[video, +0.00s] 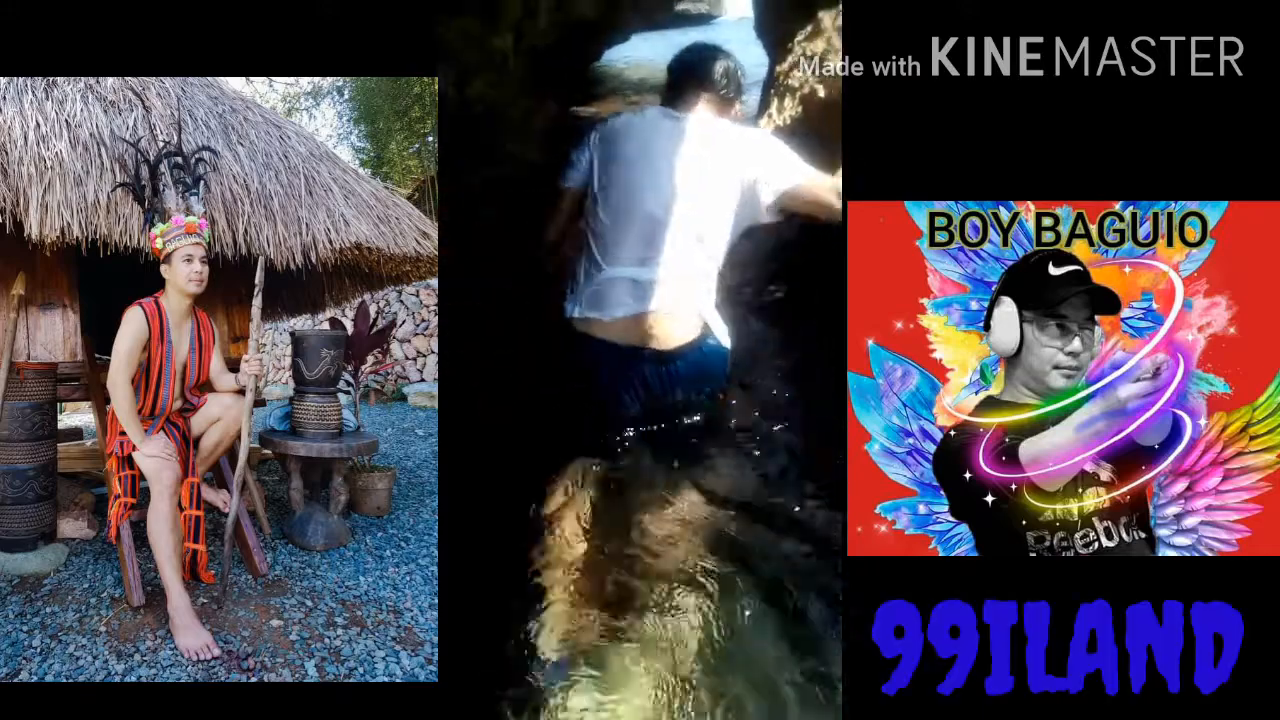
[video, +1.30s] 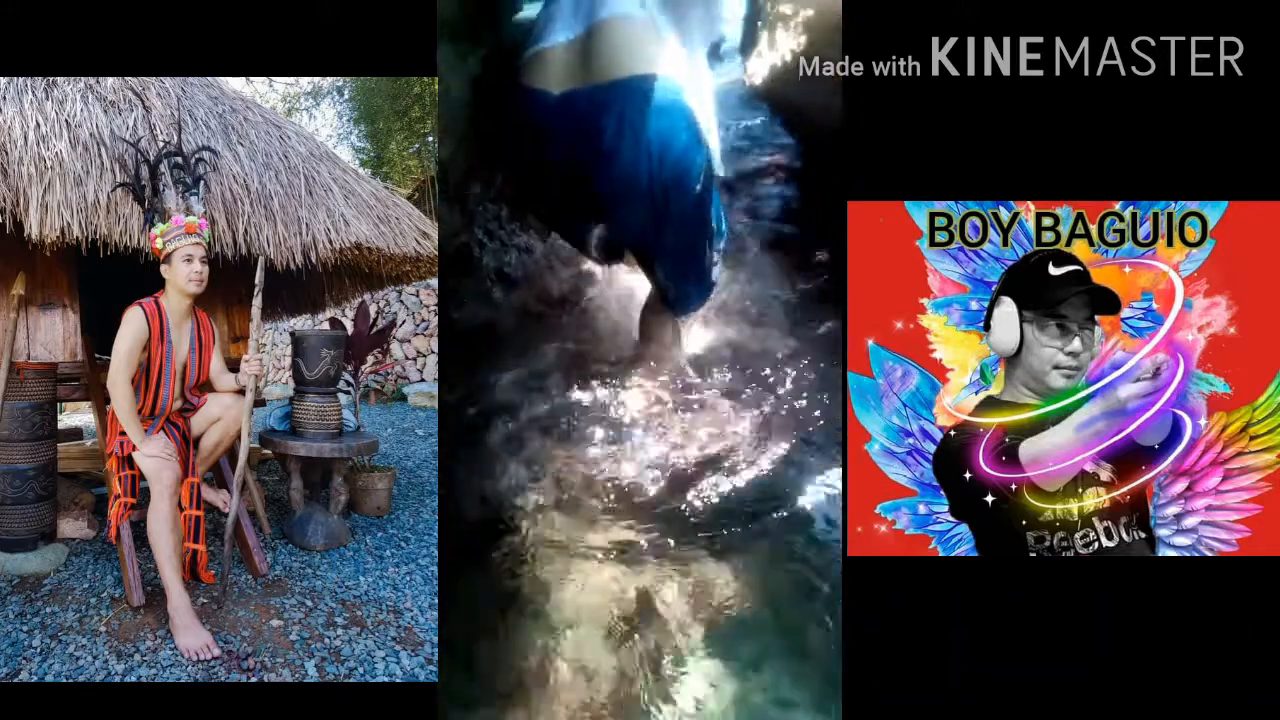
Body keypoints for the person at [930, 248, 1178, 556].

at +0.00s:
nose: (1076, 346)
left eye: (1086, 328)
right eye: (1055, 327)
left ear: (1097, 334)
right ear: (1007, 328)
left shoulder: (1113, 409)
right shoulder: (962, 446)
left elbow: (1155, 435)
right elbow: (1021, 472)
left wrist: (1149, 396)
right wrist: (1105, 412)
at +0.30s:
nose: (1076, 346)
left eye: (1086, 328)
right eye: (1055, 326)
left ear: (1097, 335)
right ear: (1007, 328)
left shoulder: (1113, 408)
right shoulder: (962, 446)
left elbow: (1156, 436)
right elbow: (1020, 472)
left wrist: (1147, 396)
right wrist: (1105, 413)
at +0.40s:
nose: (1076, 346)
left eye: (1086, 328)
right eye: (1055, 326)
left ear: (1096, 335)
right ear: (1007, 328)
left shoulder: (1113, 408)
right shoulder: (962, 446)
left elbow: (1156, 436)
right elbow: (1021, 472)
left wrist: (1147, 395)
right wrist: (1105, 413)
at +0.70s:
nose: (1076, 346)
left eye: (1086, 328)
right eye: (1055, 326)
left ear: (1096, 335)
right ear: (1007, 328)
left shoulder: (1113, 408)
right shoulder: (962, 446)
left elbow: (1156, 436)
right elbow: (1021, 472)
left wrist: (1147, 395)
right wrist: (1105, 413)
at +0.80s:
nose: (1076, 346)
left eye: (1086, 328)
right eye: (1055, 327)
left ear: (1097, 334)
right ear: (1007, 328)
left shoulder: (1113, 409)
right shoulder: (962, 446)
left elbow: (1156, 435)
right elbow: (1021, 472)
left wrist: (1148, 396)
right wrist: (1105, 412)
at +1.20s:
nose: (1076, 346)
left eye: (1086, 328)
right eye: (1055, 327)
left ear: (1097, 334)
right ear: (1007, 328)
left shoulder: (1113, 409)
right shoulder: (962, 446)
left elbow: (1156, 435)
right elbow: (1021, 472)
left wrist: (1148, 396)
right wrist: (1105, 412)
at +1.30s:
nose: (1076, 346)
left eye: (1086, 328)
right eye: (1055, 327)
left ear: (1096, 334)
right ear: (1007, 327)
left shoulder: (1113, 409)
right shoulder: (962, 445)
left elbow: (1156, 435)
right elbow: (1022, 472)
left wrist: (1149, 396)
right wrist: (1105, 412)